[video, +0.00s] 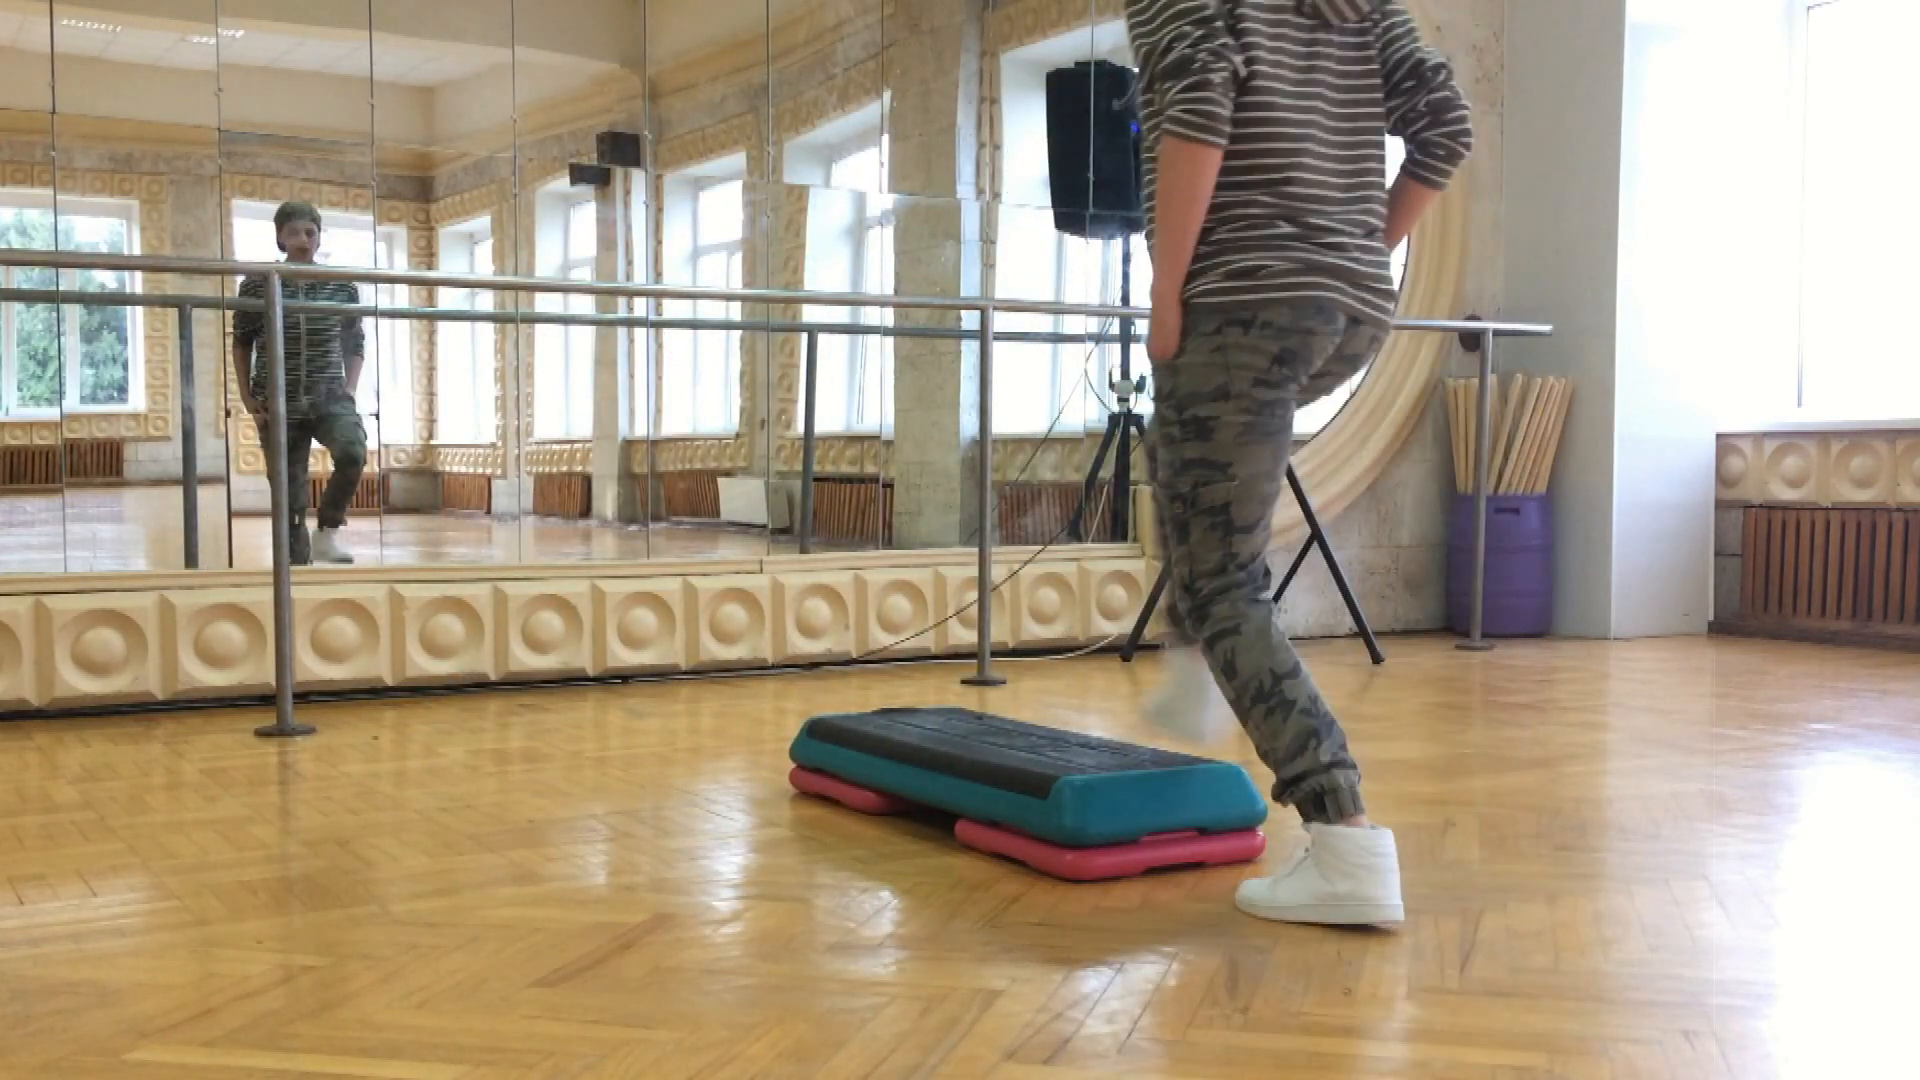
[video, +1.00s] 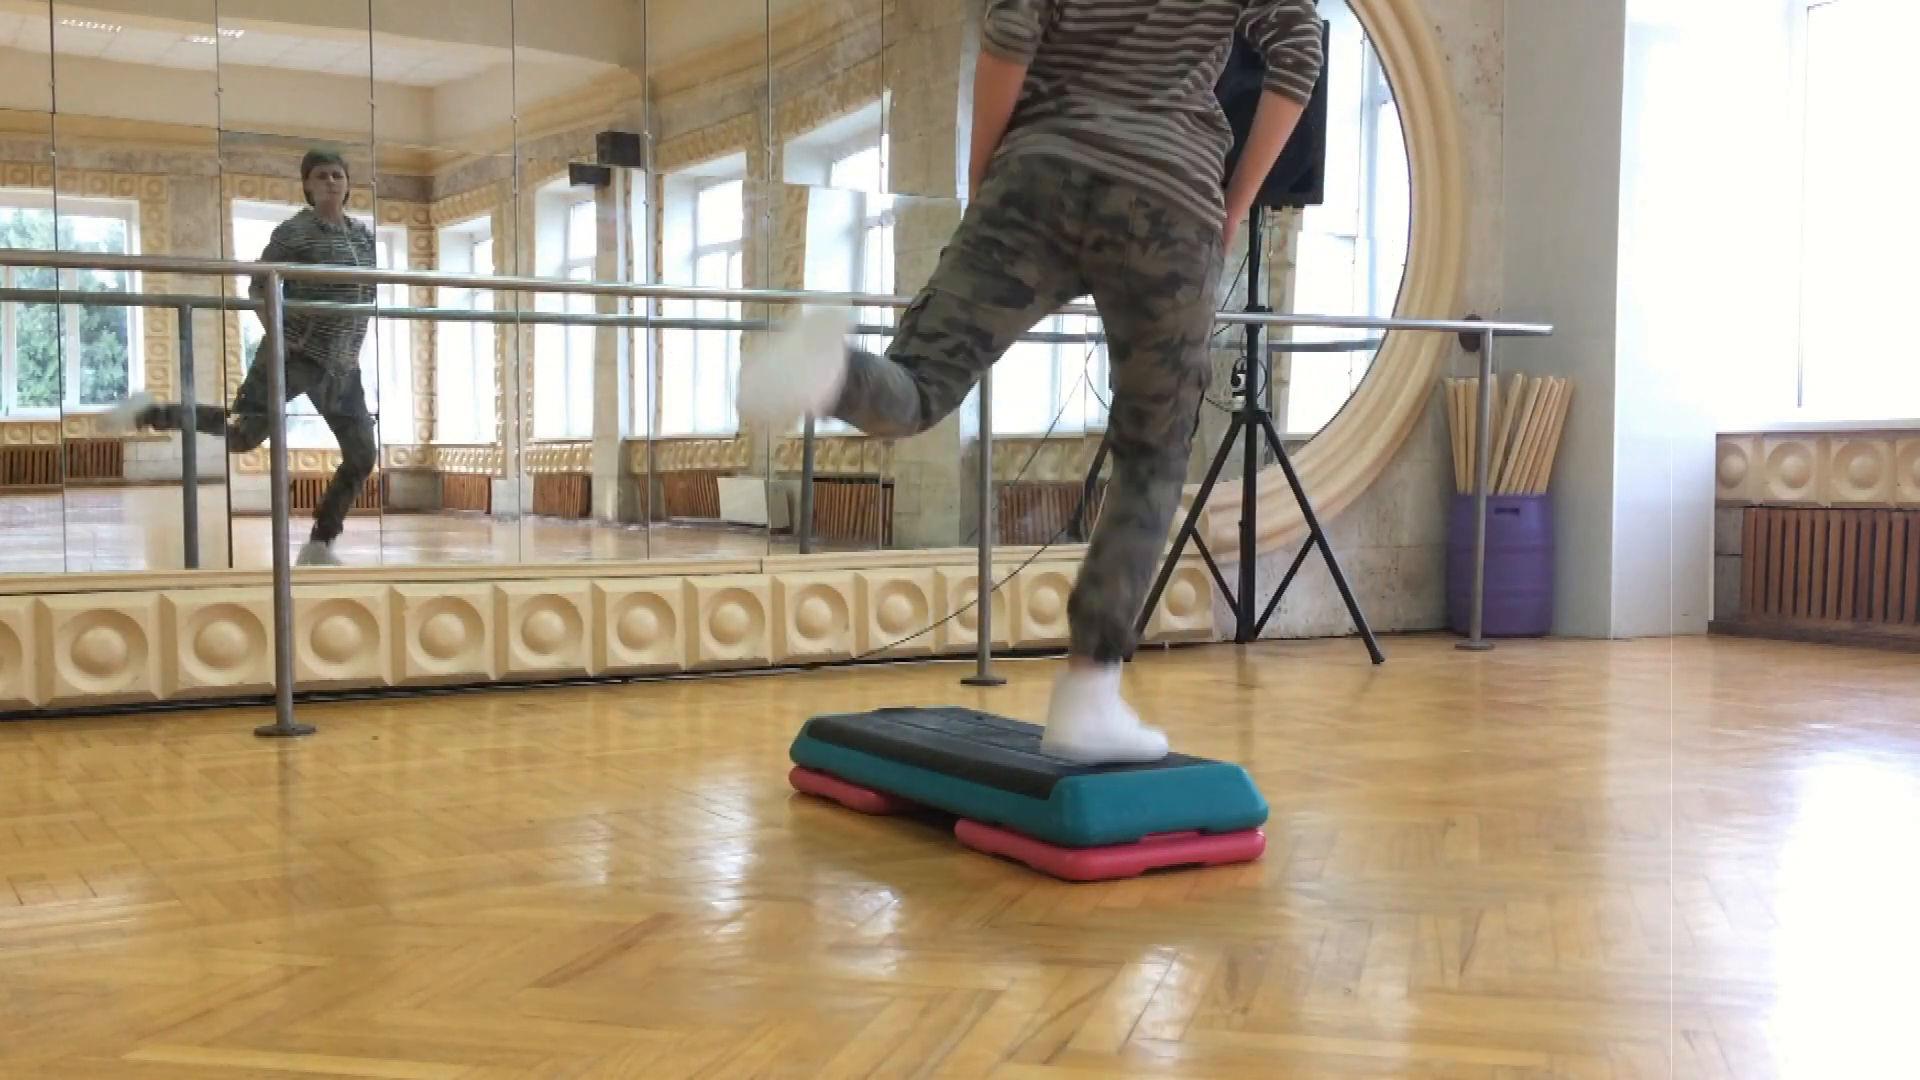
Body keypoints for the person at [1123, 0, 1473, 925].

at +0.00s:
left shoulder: (1180, 4)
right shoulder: (1360, 7)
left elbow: (1201, 107)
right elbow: (1443, 124)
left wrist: (1166, 294)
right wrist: (1370, 251)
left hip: (1248, 293)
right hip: (1358, 306)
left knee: (1222, 582)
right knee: (1193, 439)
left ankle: (1347, 849)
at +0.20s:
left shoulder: (1114, 6)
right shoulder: (1297, 5)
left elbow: (1129, 110)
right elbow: (1373, 132)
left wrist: (1094, 294)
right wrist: (1297, 256)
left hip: (1177, 285)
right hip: (1286, 294)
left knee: (1109, 553)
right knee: (1143, 503)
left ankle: (1268, 782)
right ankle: (1122, 743)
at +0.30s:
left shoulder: (1085, 4)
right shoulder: (1268, 6)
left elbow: (1110, 90)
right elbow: (1343, 128)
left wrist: (1081, 277)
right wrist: (1274, 256)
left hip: (1159, 274)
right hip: (1268, 288)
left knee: (1024, 518)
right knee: (1133, 489)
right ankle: (1122, 752)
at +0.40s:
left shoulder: (1072, 1)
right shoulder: (1245, 7)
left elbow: (1095, 84)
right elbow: (1317, 131)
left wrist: (1067, 262)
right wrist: (1260, 258)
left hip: (1144, 268)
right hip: (1249, 282)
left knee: (998, 505)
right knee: (1128, 489)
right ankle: (1123, 737)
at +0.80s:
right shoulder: (1241, 6)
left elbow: (1038, 67)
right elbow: (1295, 111)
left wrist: (992, 226)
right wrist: (1231, 238)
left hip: (1070, 216)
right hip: (1192, 245)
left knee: (943, 447)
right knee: (1122, 482)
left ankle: (849, 671)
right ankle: (1122, 720)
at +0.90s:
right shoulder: (1262, 4)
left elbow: (1021, 38)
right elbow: (1293, 73)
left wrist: (982, 179)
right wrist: (1236, 214)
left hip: (1049, 168)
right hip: (1177, 199)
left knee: (928, 390)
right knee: (1138, 458)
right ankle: (1119, 701)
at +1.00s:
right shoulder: (1255, 2)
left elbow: (1007, 37)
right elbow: (1298, 55)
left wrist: (982, 188)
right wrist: (1236, 205)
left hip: (1042, 159)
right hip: (1171, 186)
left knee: (918, 384)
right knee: (1149, 460)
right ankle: (1086, 702)